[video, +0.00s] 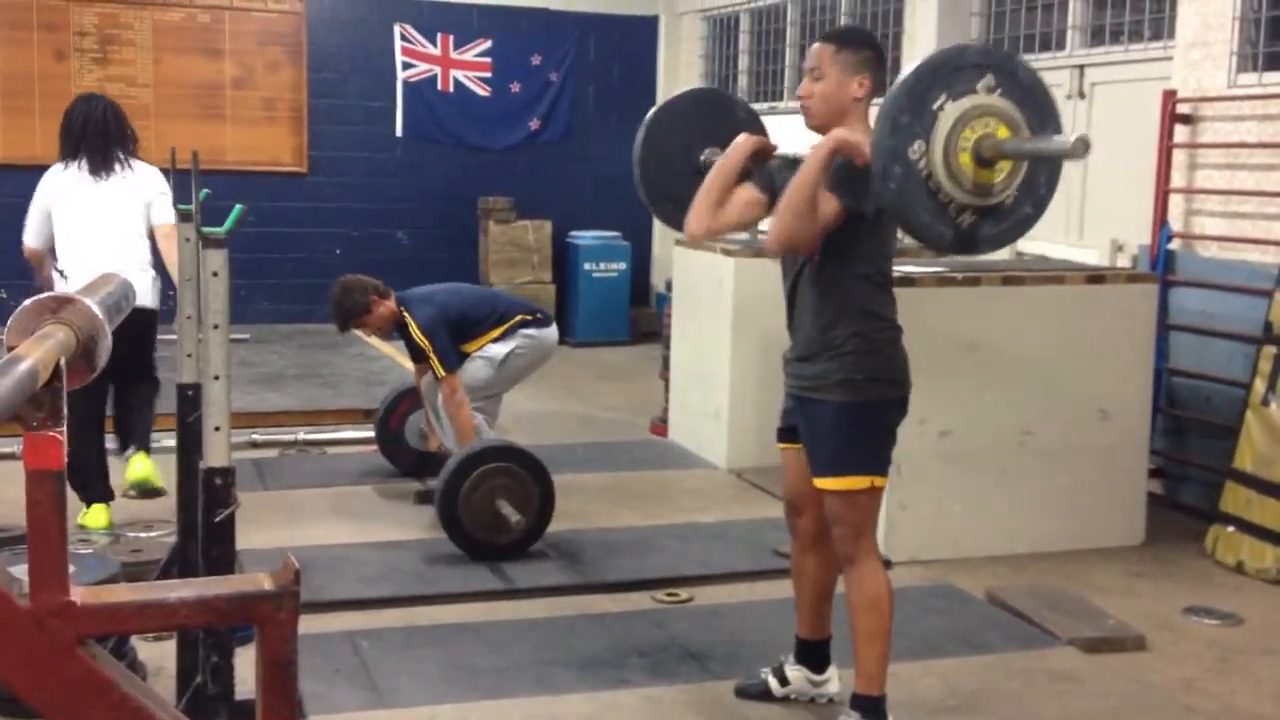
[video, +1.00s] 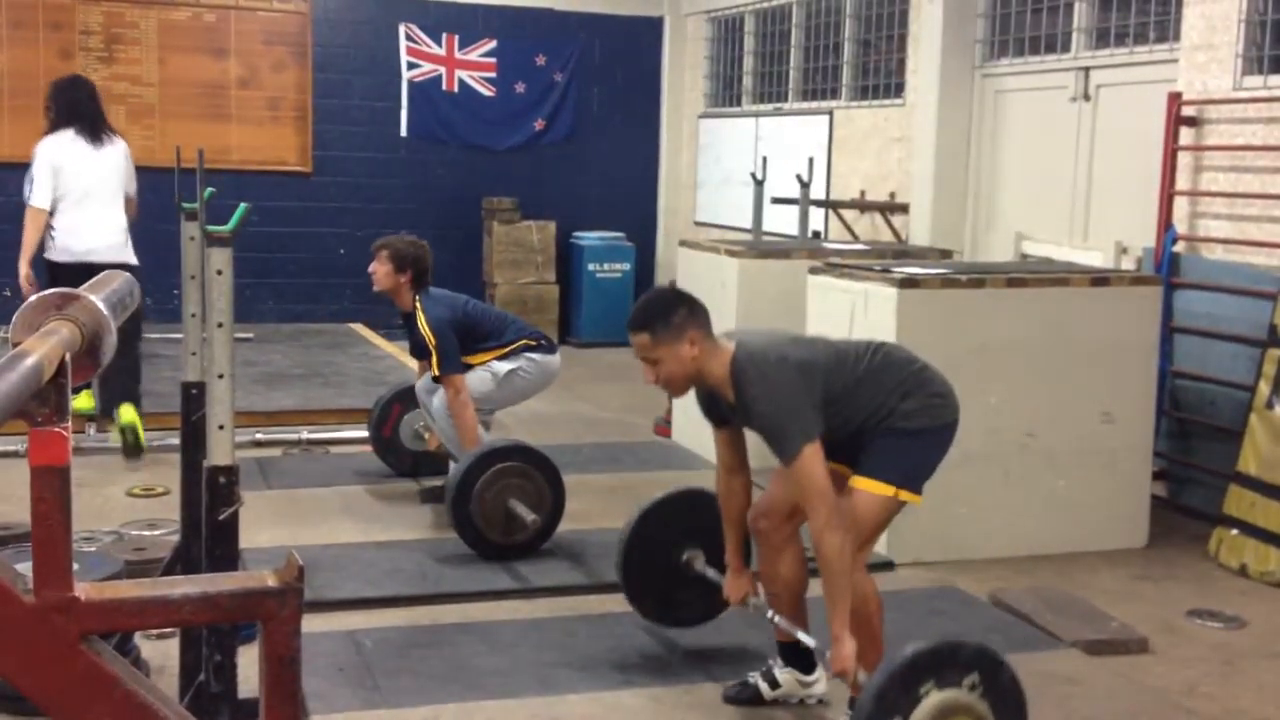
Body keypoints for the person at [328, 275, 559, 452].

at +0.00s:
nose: (369, 333)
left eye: (365, 324)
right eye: (362, 329)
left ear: (377, 303)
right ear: (378, 300)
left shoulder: (421, 317)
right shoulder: (407, 314)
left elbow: (454, 391)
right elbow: (424, 375)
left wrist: (472, 459)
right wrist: (433, 434)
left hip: (529, 334)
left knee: (444, 391)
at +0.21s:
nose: (363, 329)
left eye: (361, 320)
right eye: (357, 324)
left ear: (379, 302)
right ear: (381, 301)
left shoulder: (423, 320)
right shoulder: (406, 317)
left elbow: (456, 395)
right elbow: (422, 376)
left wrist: (477, 462)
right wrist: (433, 432)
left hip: (530, 340)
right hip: (517, 338)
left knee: (440, 393)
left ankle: (477, 473)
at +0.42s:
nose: (347, 310)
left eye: (353, 300)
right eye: (346, 300)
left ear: (380, 296)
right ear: (380, 297)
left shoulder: (422, 322)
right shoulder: (404, 320)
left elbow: (459, 394)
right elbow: (421, 376)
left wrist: (482, 460)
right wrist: (434, 434)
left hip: (529, 340)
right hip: (514, 339)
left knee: (444, 397)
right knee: (430, 391)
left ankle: (477, 475)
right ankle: (464, 475)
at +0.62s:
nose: (350, 292)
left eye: (357, 283)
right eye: (352, 283)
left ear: (385, 288)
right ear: (385, 288)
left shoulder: (424, 321)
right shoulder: (407, 318)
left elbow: (457, 394)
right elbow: (423, 375)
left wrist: (485, 461)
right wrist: (436, 431)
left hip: (530, 346)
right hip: (510, 346)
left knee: (448, 405)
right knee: (427, 389)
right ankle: (464, 475)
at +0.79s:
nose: (357, 280)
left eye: (366, 273)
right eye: (360, 272)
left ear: (392, 282)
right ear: (392, 283)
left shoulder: (428, 321)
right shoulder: (410, 316)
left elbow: (459, 394)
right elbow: (423, 373)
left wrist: (480, 462)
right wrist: (436, 431)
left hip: (530, 353)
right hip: (508, 351)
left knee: (445, 404)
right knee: (426, 386)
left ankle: (480, 477)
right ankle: (462, 475)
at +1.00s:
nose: (370, 269)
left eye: (379, 263)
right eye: (373, 261)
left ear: (404, 276)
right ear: (404, 278)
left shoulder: (432, 317)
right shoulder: (413, 312)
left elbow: (458, 392)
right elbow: (425, 371)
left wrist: (480, 463)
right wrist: (436, 429)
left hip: (533, 358)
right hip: (513, 356)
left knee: (444, 401)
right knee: (426, 388)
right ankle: (465, 474)